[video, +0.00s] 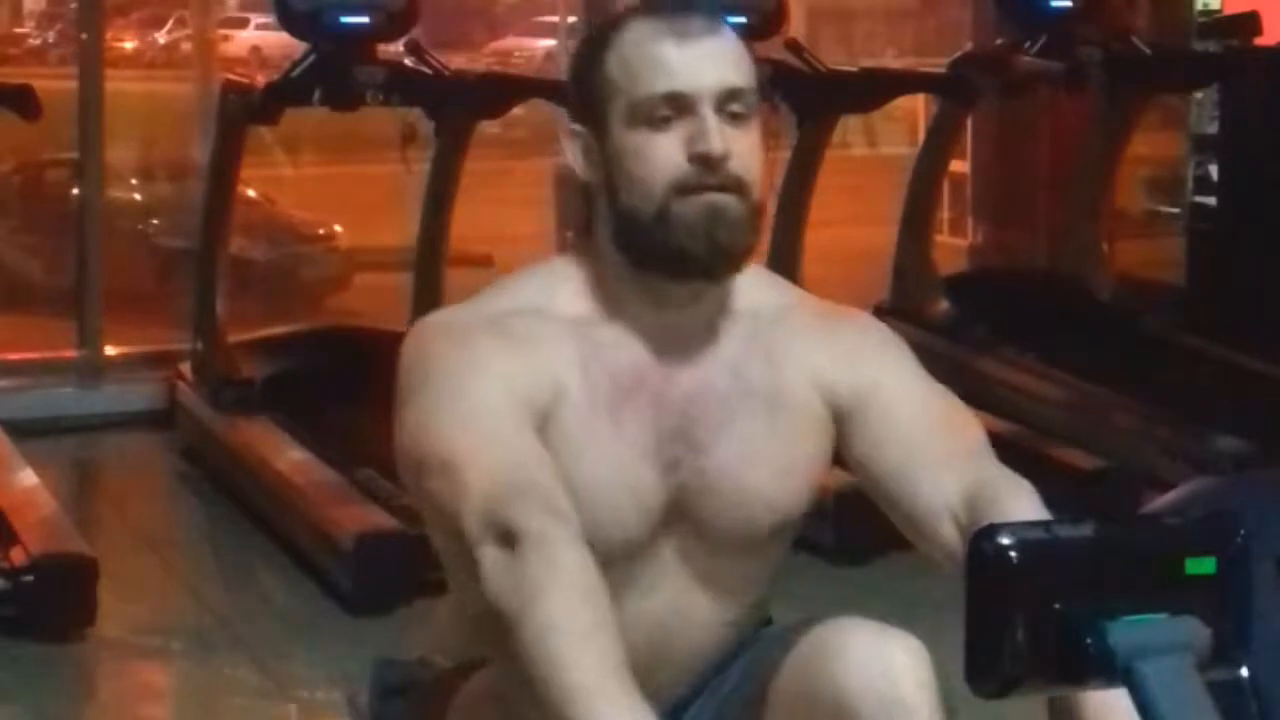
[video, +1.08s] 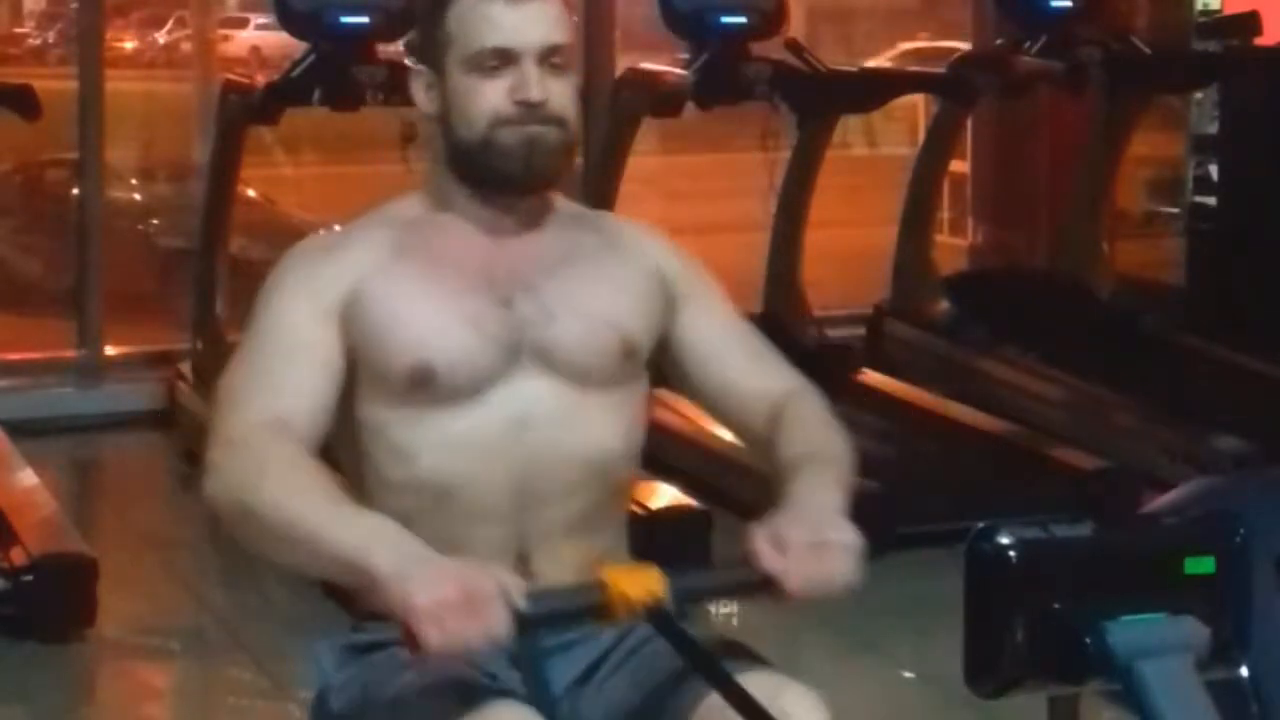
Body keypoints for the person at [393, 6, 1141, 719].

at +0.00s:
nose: (712, 145)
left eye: (734, 111)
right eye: (663, 115)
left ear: (765, 137)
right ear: (581, 151)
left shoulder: (838, 347)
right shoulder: (471, 354)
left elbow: (982, 504)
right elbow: (528, 561)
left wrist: (1099, 687)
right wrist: (620, 713)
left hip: (710, 684)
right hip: (502, 692)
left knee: (881, 664)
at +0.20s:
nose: (628, 102)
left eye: (654, 69)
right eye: (583, 73)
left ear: (683, 90)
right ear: (508, 101)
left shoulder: (751, 293)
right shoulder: (413, 296)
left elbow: (893, 469)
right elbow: (435, 502)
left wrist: (998, 655)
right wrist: (560, 686)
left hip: (658, 647)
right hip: (460, 653)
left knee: (855, 672)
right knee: (511, 707)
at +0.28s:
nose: (590, 91)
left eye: (611, 62)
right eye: (547, 65)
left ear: (640, 81)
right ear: (476, 92)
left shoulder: (719, 276)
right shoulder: (388, 276)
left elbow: (845, 437)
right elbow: (394, 459)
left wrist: (926, 586)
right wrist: (512, 628)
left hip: (655, 635)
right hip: (439, 643)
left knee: (878, 677)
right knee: (523, 700)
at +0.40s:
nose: (529, 84)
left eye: (550, 57)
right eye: (488, 59)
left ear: (578, 74)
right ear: (419, 77)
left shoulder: (649, 247)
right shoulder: (341, 258)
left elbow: (771, 397)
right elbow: (322, 431)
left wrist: (839, 519)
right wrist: (440, 563)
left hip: (607, 639)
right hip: (419, 635)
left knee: (798, 694)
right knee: (477, 698)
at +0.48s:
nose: (515, 88)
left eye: (537, 62)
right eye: (477, 63)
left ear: (565, 77)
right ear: (411, 82)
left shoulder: (633, 244)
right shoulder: (333, 257)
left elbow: (757, 396)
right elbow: (295, 431)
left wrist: (815, 509)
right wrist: (420, 551)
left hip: (606, 620)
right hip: (421, 626)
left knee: (797, 710)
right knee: (465, 704)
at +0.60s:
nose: (485, 107)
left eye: (506, 83)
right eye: (449, 83)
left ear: (529, 98)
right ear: (383, 98)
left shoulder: (587, 251)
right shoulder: (305, 264)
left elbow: (713, 404)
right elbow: (205, 448)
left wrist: (733, 472)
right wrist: (337, 501)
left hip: (587, 621)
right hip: (400, 632)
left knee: (703, 706)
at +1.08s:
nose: (533, 89)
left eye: (554, 64)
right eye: (494, 65)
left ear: (579, 85)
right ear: (426, 89)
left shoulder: (639, 261)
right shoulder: (334, 272)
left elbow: (786, 405)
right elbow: (246, 462)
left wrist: (815, 498)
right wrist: (405, 567)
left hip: (611, 630)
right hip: (418, 640)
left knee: (791, 711)